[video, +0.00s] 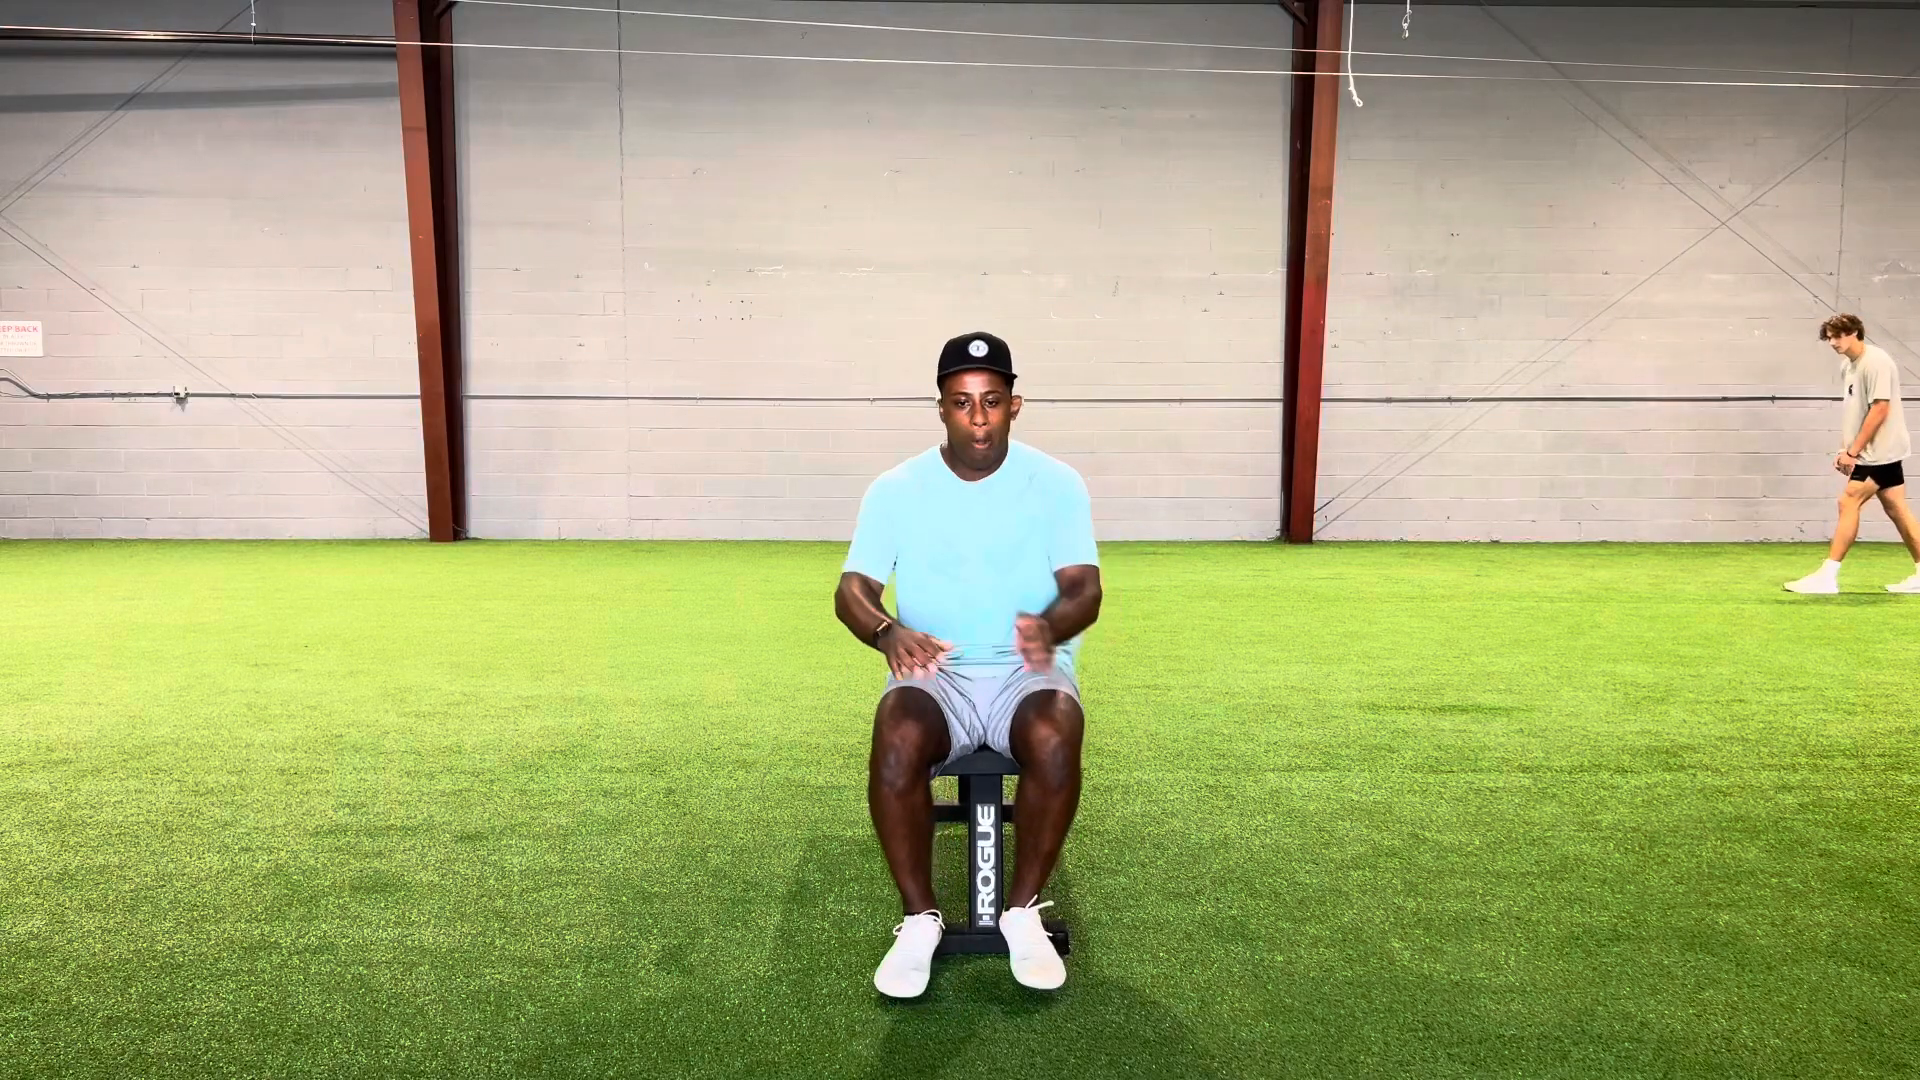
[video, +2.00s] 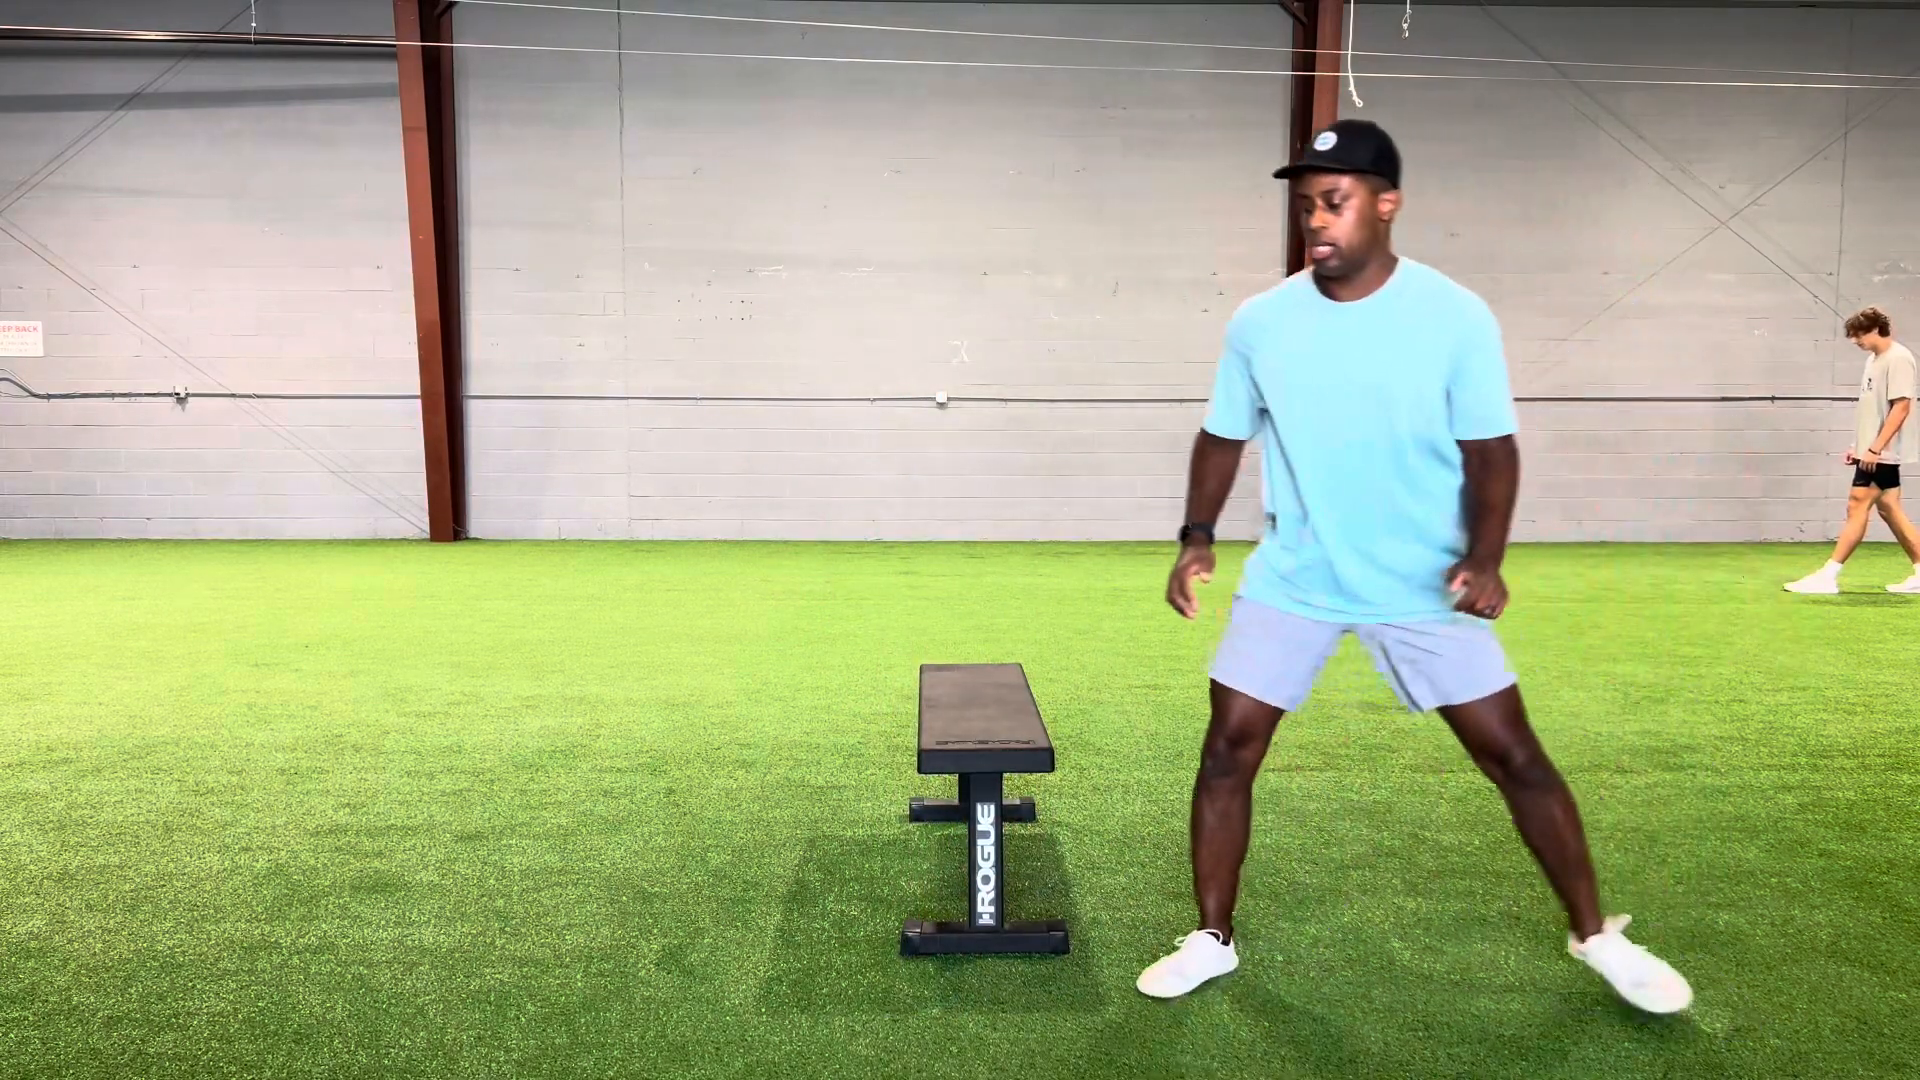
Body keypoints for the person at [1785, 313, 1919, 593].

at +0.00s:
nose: (1833, 344)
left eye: (1837, 337)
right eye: (1830, 339)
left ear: (1854, 334)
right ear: (1832, 342)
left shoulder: (1876, 361)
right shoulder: (1849, 366)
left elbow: (1880, 411)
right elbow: (1856, 412)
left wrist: (1853, 451)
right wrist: (1846, 450)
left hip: (1881, 453)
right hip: (1876, 452)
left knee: (1848, 503)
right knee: (1898, 510)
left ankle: (1828, 574)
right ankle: (1919, 571)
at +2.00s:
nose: (1857, 343)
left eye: (1859, 336)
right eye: (1855, 338)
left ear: (1876, 330)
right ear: (1869, 334)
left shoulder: (1899, 357)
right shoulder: (1875, 359)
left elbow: (1902, 408)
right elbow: (1872, 409)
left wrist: (1876, 449)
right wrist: (1858, 447)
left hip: (1881, 452)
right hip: (1873, 452)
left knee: (1858, 506)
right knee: (1890, 510)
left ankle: (1828, 575)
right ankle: (1919, 570)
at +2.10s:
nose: (1856, 344)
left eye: (1858, 337)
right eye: (1854, 339)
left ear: (1874, 331)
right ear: (1869, 334)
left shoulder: (1898, 358)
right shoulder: (1876, 358)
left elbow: (1901, 408)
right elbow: (1872, 408)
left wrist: (1876, 449)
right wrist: (1860, 446)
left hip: (1880, 452)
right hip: (1873, 452)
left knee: (1858, 507)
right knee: (1890, 510)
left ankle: (1828, 575)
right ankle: (1919, 570)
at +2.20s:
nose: (1855, 344)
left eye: (1857, 338)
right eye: (1853, 339)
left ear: (1873, 331)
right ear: (1868, 334)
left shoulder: (1898, 358)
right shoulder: (1876, 359)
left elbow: (1902, 408)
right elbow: (1873, 410)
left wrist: (1877, 450)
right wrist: (1862, 450)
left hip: (1881, 453)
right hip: (1874, 452)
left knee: (1858, 506)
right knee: (1891, 510)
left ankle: (1828, 575)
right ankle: (1919, 570)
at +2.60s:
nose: (1848, 346)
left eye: (1850, 339)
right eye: (1844, 342)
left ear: (1865, 332)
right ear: (1855, 339)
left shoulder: (1892, 358)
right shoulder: (1867, 362)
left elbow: (1900, 408)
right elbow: (1867, 409)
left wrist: (1872, 448)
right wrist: (1853, 443)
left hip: (1883, 453)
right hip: (1876, 453)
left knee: (1846, 502)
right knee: (1893, 509)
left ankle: (1827, 574)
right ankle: (1919, 570)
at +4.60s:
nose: (1775, 384)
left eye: (1777, 377)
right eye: (1772, 379)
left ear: (1792, 370)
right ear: (1788, 373)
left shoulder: (1823, 386)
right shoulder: (1796, 396)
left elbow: (1850, 427)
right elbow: (1811, 431)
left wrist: (1835, 471)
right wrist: (1814, 463)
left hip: (1869, 454)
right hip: (1863, 456)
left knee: (1822, 502)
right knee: (1885, 514)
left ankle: (1826, 576)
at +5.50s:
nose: (1753, 441)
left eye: (1751, 436)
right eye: (1749, 439)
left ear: (1760, 423)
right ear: (1757, 426)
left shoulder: (1795, 428)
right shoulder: (1771, 437)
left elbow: (1855, 434)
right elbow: (1782, 469)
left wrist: (1908, 444)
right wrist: (1777, 481)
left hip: (1864, 463)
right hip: (1861, 464)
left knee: (1814, 504)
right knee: (1868, 525)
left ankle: (1825, 577)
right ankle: (1919, 559)